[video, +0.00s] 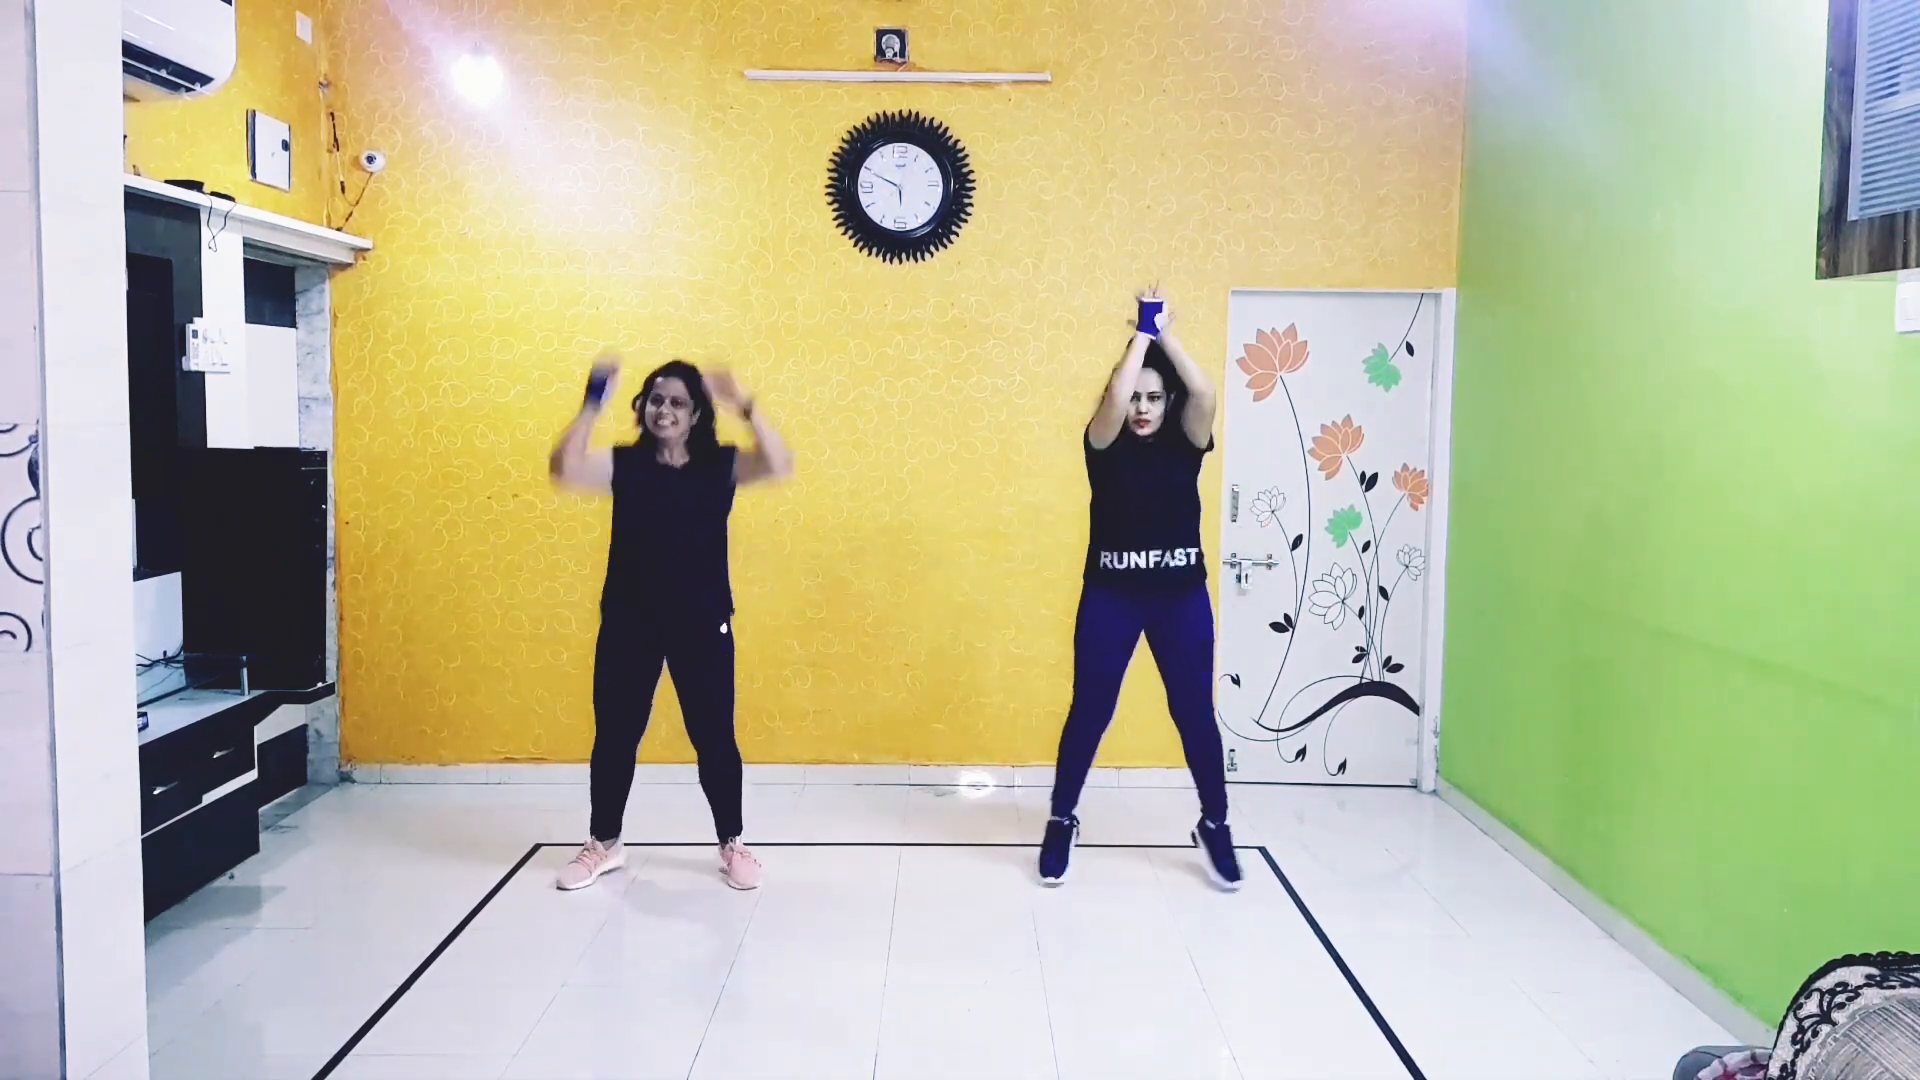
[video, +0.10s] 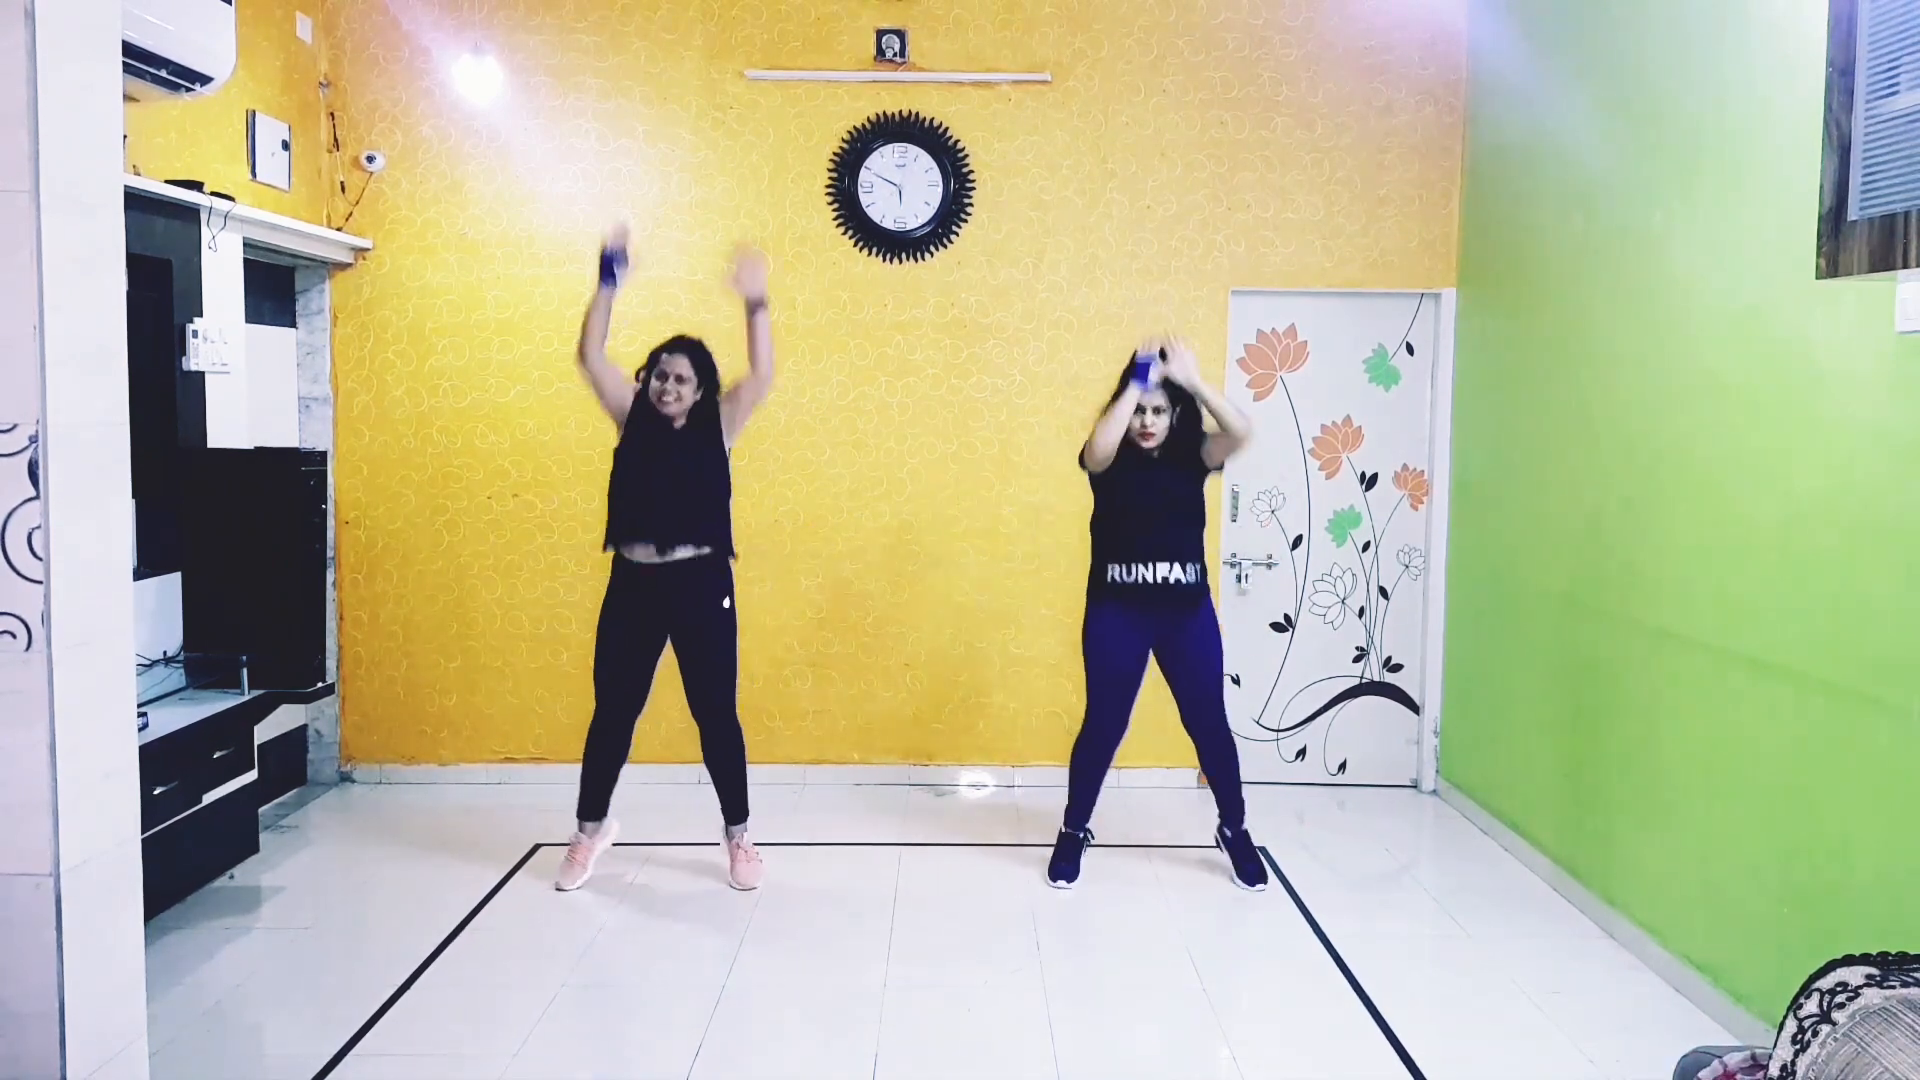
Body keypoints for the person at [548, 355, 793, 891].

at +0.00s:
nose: (663, 408)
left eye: (676, 401)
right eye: (655, 399)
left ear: (697, 413)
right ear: (643, 408)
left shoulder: (721, 464)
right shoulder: (624, 462)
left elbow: (779, 465)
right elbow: (564, 469)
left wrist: (745, 406)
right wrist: (590, 406)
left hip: (701, 623)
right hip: (629, 621)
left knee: (715, 737)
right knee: (614, 734)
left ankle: (732, 845)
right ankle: (603, 845)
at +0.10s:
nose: (668, 384)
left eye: (682, 378)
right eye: (662, 375)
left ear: (702, 388)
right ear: (649, 380)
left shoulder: (718, 424)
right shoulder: (631, 413)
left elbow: (761, 377)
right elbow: (592, 356)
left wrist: (757, 306)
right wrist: (607, 285)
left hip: (701, 586)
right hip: (634, 585)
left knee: (717, 715)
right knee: (612, 711)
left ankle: (737, 835)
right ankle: (590, 830)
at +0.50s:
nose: (668, 414)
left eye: (681, 408)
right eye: (659, 405)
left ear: (699, 421)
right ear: (646, 415)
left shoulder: (718, 488)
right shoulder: (617, 483)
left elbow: (742, 556)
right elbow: (590, 554)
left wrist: (770, 616)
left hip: (695, 635)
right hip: (623, 633)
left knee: (710, 746)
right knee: (598, 745)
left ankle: (729, 854)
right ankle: (574, 856)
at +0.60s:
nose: (661, 409)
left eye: (675, 403)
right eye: (653, 399)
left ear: (694, 416)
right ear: (640, 407)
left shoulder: (713, 481)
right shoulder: (610, 474)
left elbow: (735, 549)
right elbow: (582, 548)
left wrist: (765, 608)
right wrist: (553, 614)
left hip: (686, 628)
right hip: (614, 625)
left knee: (702, 741)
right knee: (598, 740)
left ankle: (727, 851)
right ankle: (573, 854)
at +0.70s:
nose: (655, 407)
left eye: (668, 401)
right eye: (647, 397)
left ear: (687, 416)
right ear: (633, 406)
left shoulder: (706, 478)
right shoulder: (605, 472)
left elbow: (733, 548)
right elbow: (570, 546)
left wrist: (766, 606)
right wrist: (532, 610)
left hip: (682, 631)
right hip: (609, 628)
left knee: (699, 742)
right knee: (596, 741)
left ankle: (726, 852)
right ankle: (574, 854)